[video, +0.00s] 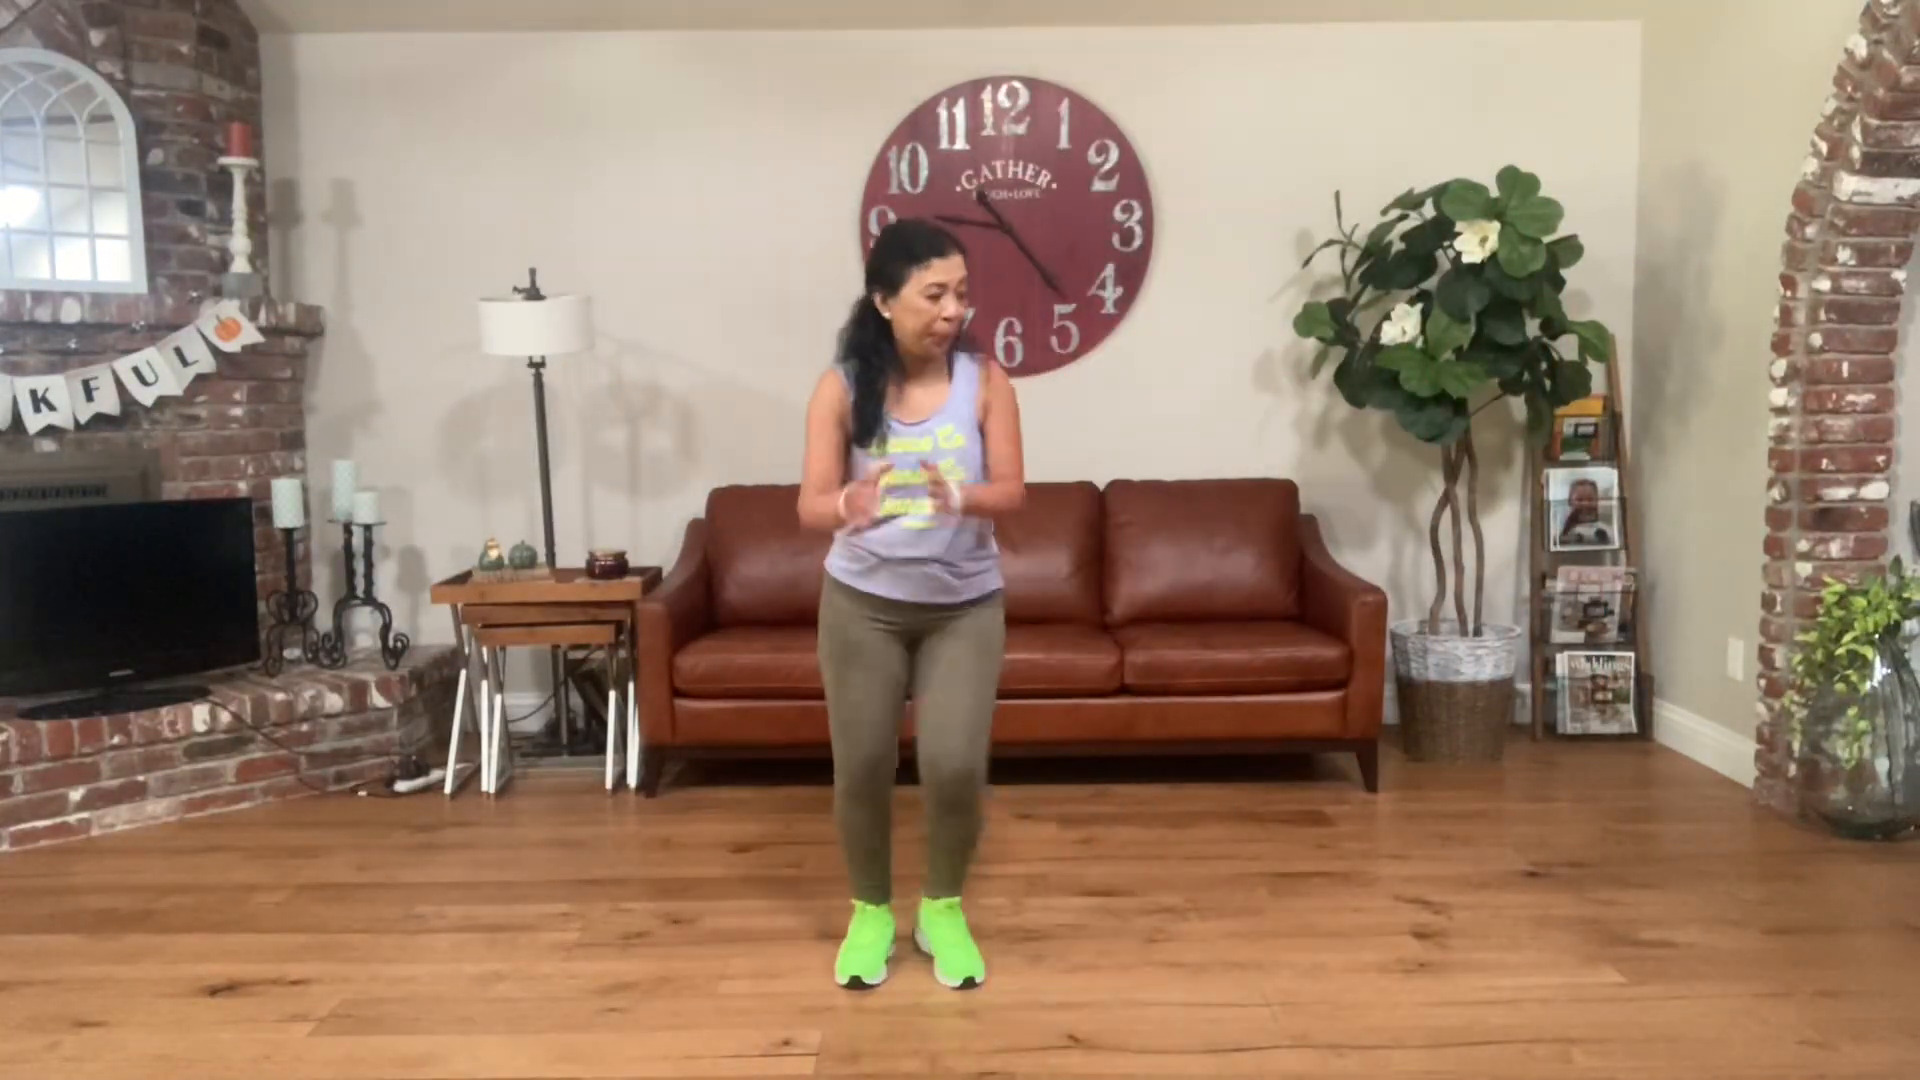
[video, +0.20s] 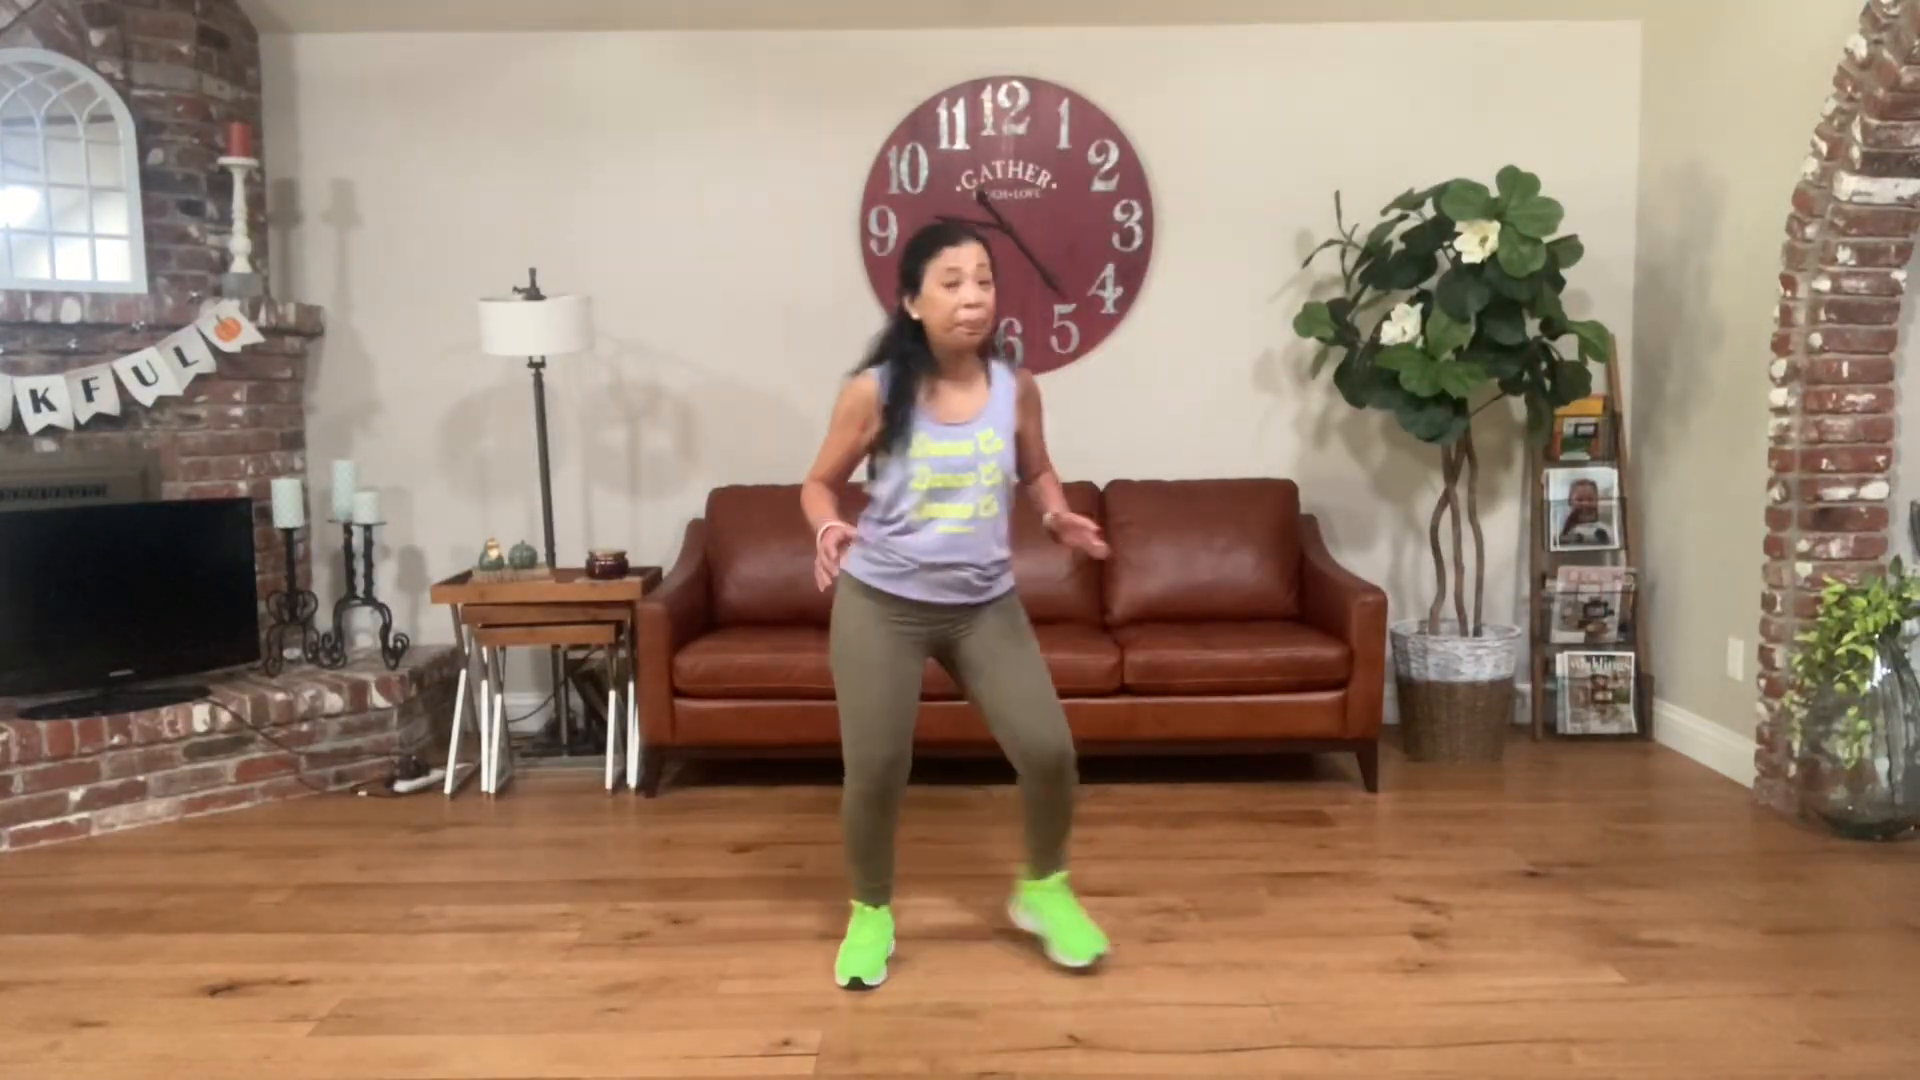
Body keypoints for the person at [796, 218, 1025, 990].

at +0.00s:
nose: (952, 309)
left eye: (959, 292)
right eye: (934, 294)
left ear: (967, 297)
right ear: (884, 303)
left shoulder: (986, 382)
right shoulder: (842, 388)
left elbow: (1010, 494)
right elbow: (812, 507)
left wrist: (959, 499)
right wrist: (849, 505)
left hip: (967, 606)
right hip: (861, 603)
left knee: (954, 765)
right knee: (862, 766)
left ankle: (942, 909)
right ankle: (871, 912)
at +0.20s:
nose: (973, 295)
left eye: (984, 281)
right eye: (952, 283)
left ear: (997, 297)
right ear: (913, 304)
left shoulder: (1015, 390)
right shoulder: (875, 393)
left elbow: (1039, 474)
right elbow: (818, 483)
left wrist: (1057, 515)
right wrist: (828, 525)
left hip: (985, 603)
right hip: (880, 600)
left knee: (1050, 751)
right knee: (875, 764)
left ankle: (1044, 888)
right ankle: (871, 912)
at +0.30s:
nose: (984, 288)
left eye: (998, 273)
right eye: (965, 274)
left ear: (1016, 290)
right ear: (933, 295)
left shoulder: (1039, 383)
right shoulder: (901, 386)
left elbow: (1054, 457)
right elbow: (845, 469)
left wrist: (1089, 502)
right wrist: (850, 513)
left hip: (1012, 604)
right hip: (906, 598)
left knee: (1066, 763)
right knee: (888, 765)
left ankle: (1125, 894)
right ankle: (870, 912)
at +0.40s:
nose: (1004, 285)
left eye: (1020, 271)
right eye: (985, 273)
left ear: (1041, 290)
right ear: (960, 295)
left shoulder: (1070, 378)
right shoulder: (933, 387)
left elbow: (1088, 453)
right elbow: (885, 470)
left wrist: (1122, 496)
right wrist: (882, 505)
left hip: (1052, 608)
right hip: (945, 604)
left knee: (1090, 763)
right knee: (911, 765)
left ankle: (1135, 900)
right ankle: (874, 911)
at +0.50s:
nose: (1032, 279)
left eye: (1047, 264)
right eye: (1013, 267)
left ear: (1071, 281)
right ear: (990, 289)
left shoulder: (1103, 370)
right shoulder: (965, 379)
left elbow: (1131, 454)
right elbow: (933, 476)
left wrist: (1157, 486)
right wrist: (924, 509)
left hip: (1092, 599)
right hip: (987, 597)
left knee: (1114, 755)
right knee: (938, 753)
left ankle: (1140, 900)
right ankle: (878, 908)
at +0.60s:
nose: (1056, 284)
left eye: (1071, 267)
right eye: (1038, 271)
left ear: (1098, 281)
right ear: (1017, 291)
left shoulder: (1133, 370)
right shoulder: (995, 384)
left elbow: (1166, 461)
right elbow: (971, 492)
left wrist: (1187, 468)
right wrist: (970, 500)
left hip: (1124, 596)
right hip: (1017, 591)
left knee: (1132, 754)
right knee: (960, 748)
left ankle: (1142, 901)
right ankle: (895, 904)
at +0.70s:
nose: (1073, 288)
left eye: (1089, 272)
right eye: (1055, 276)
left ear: (1116, 289)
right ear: (1037, 299)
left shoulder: (1155, 375)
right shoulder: (1016, 386)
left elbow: (1200, 487)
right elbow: (990, 514)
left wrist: (1195, 452)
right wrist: (1003, 461)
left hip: (1141, 593)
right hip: (1036, 591)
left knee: (1143, 754)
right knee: (989, 740)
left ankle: (1143, 898)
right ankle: (956, 878)